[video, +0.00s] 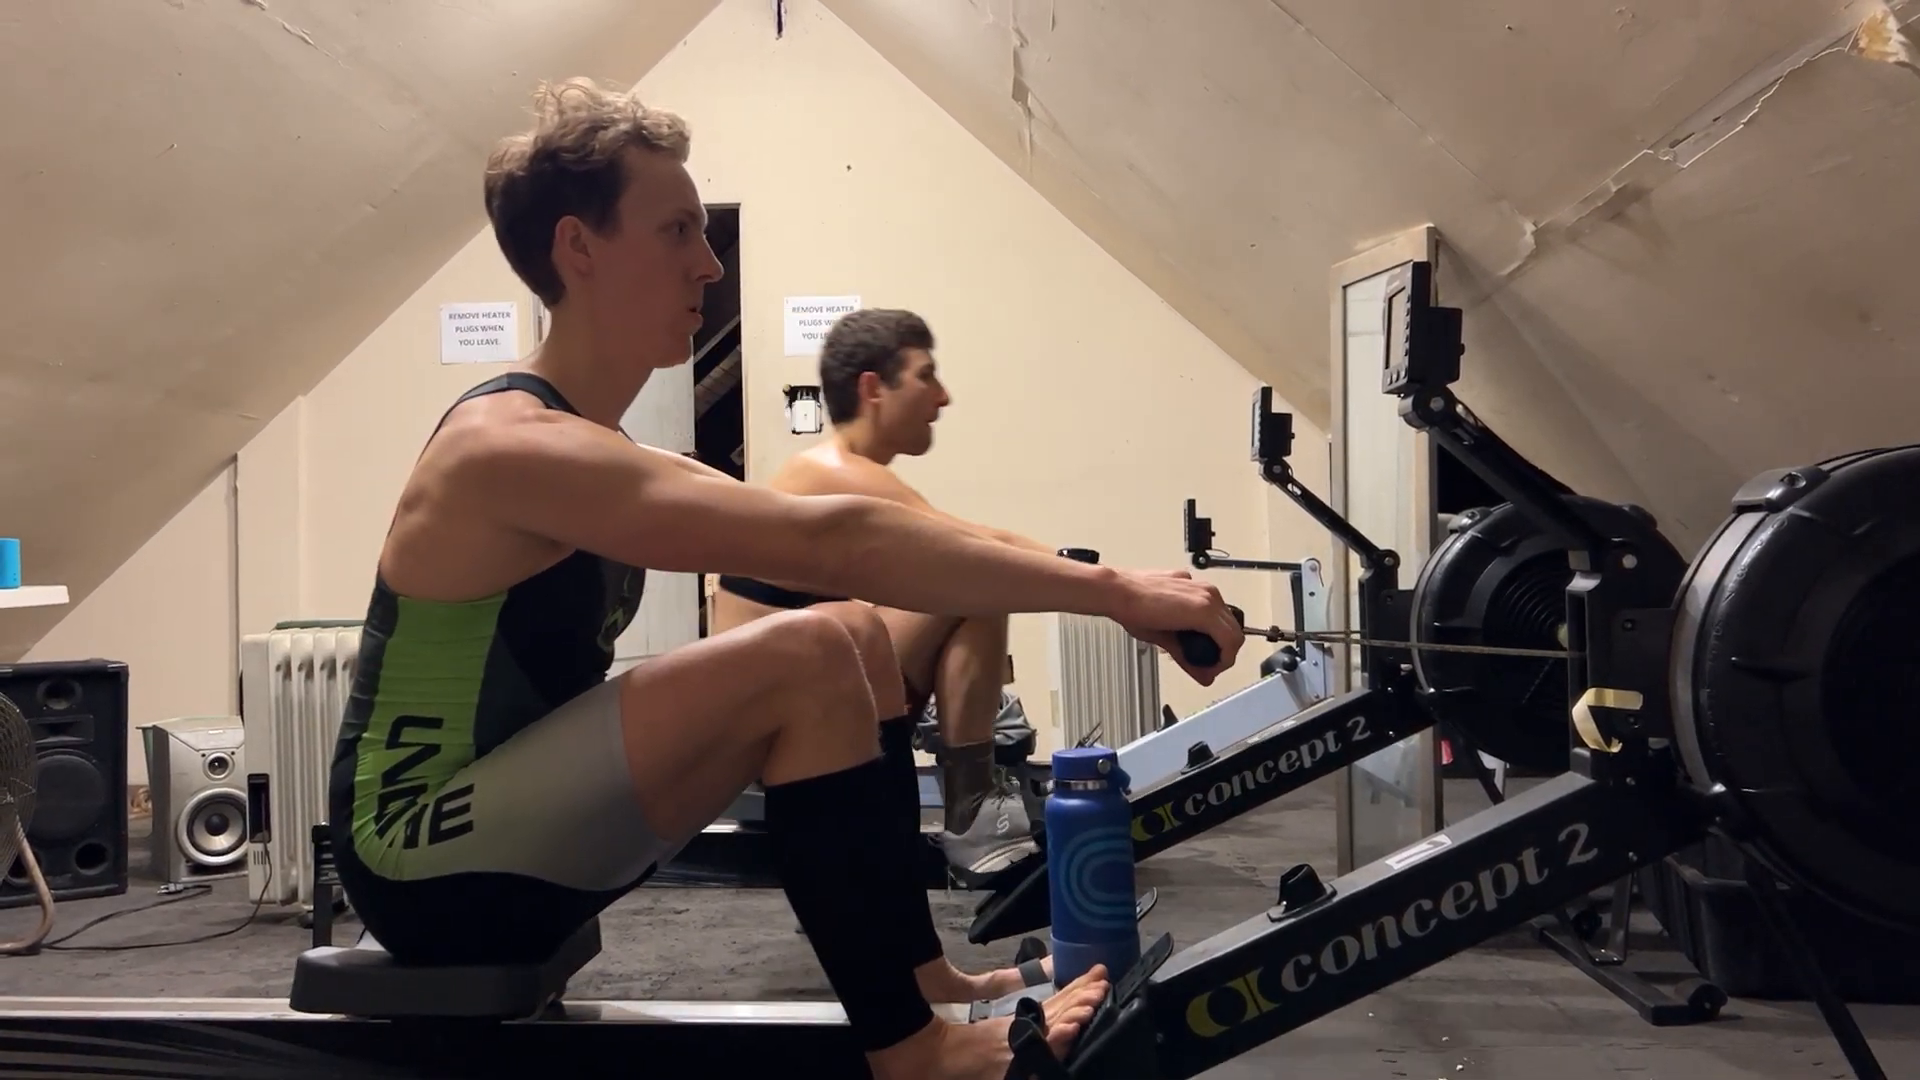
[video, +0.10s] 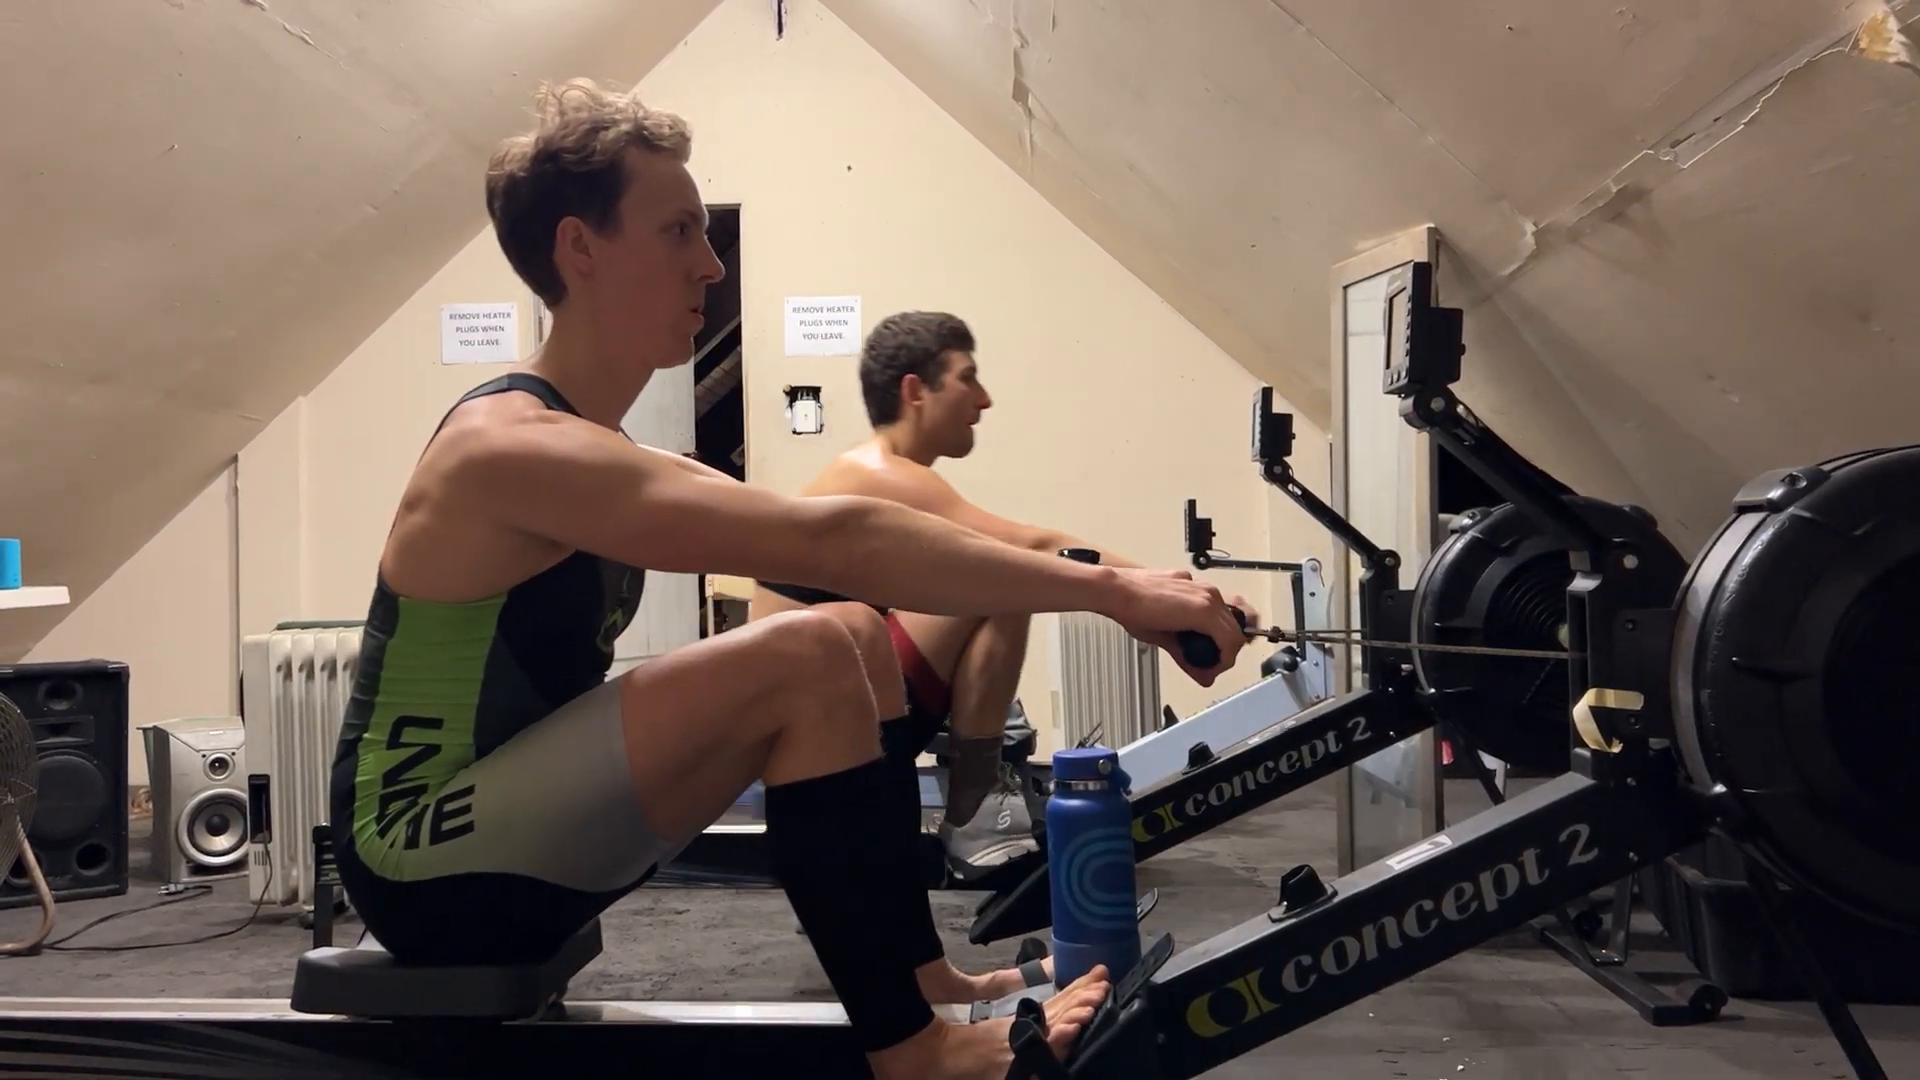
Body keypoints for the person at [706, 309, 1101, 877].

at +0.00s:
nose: (944, 397)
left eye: (937, 378)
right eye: (927, 378)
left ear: (873, 392)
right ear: (872, 390)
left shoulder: (831, 467)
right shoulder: (840, 473)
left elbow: (965, 543)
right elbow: (971, 545)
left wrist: (1071, 571)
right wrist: (1083, 574)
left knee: (974, 587)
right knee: (973, 587)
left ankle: (974, 805)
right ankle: (969, 816)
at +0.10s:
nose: (985, 399)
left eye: (978, 380)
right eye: (967, 380)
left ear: (915, 397)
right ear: (914, 394)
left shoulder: (886, 472)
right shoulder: (888, 476)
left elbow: (1022, 548)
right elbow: (1034, 549)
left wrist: (1162, 591)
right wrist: (1175, 593)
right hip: (835, 712)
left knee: (1000, 591)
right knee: (1002, 591)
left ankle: (969, 808)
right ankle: (970, 820)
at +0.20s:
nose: (1014, 400)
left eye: (1007, 382)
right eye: (997, 381)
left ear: (944, 399)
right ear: (943, 397)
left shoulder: (905, 472)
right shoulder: (918, 480)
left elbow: (1053, 546)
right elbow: (1070, 547)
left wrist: (1188, 588)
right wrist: (1215, 590)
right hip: (846, 719)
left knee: (1014, 587)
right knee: (1019, 591)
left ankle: (973, 808)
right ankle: (971, 821)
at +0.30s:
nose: (1023, 400)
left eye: (1015, 381)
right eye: (1005, 381)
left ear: (952, 400)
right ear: (952, 398)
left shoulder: (912, 474)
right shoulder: (928, 481)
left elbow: (1063, 545)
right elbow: (1077, 546)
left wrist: (1198, 586)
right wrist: (1226, 581)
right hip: (852, 714)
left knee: (1021, 586)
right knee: (1026, 591)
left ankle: (971, 802)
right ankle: (972, 818)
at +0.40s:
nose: (1000, 399)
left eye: (992, 380)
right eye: (983, 380)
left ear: (930, 399)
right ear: (929, 396)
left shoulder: (901, 472)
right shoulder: (905, 477)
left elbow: (1050, 542)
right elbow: (1061, 542)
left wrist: (1188, 580)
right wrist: (1210, 570)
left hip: (835, 695)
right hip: (841, 705)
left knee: (1009, 589)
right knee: (1010, 593)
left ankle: (982, 809)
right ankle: (971, 823)